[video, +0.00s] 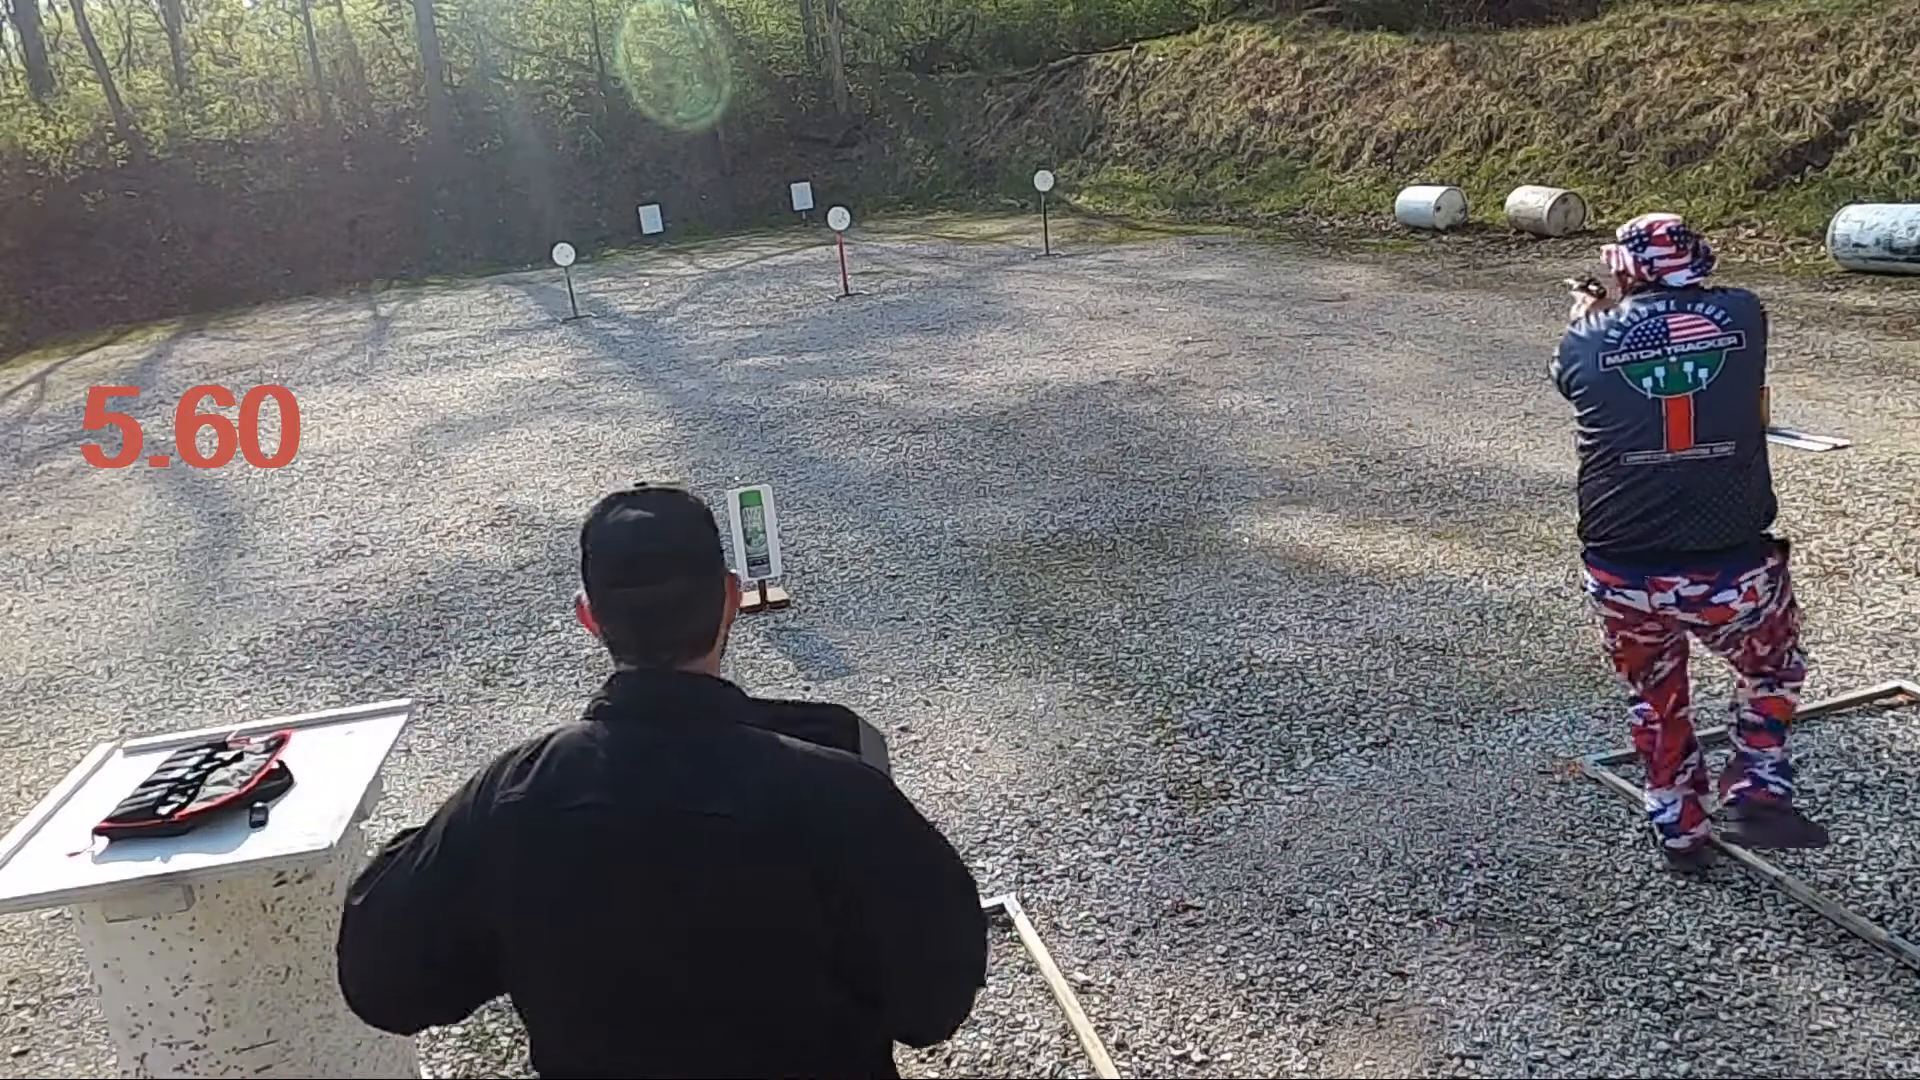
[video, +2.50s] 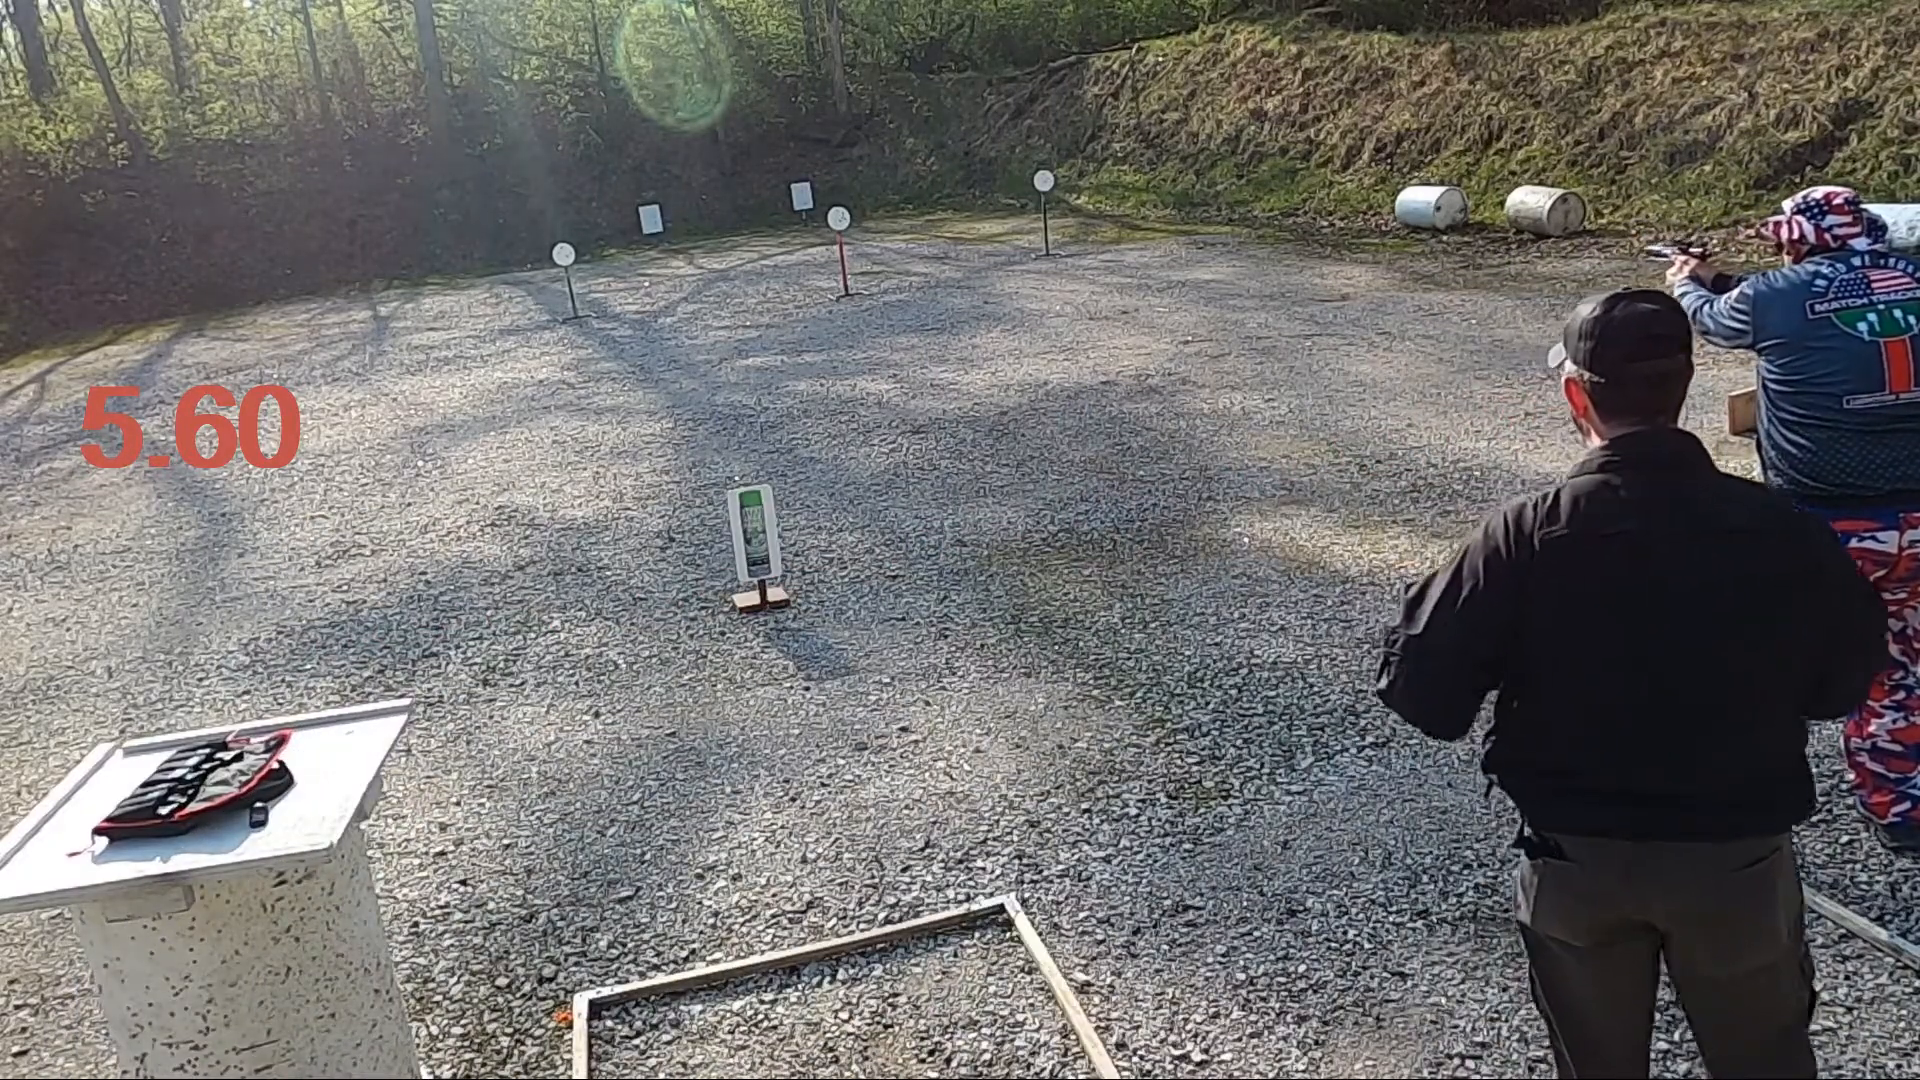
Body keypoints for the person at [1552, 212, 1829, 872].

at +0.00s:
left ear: (1623, 280)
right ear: (1694, 272)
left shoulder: (1585, 344)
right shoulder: (1742, 313)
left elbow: (1569, 368)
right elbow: (1686, 322)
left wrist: (1588, 313)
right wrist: (1637, 289)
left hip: (1623, 574)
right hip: (1731, 572)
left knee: (1656, 699)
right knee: (1772, 669)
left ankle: (1682, 832)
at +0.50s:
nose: (1760, 255)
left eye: (1764, 248)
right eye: (1762, 245)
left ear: (1775, 256)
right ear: (1840, 244)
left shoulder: (1746, 310)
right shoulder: (1889, 293)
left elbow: (1693, 321)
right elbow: (1818, 298)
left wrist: (1689, 277)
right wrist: (1745, 277)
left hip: (1796, 541)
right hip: (1903, 536)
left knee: (1712, 648)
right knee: (1891, 676)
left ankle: (1716, 811)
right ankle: (1901, 811)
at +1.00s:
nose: (1789, 245)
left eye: (1791, 236)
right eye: (1786, 235)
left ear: (1804, 244)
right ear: (1868, 234)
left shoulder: (1771, 298)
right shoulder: (1910, 286)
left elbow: (1712, 317)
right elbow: (1867, 270)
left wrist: (1710, 277)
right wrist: (1807, 250)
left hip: (1811, 531)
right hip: (1911, 529)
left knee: (1731, 649)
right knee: (1897, 675)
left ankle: (1720, 812)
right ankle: (1903, 811)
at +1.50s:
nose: (1793, 251)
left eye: (1796, 242)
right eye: (1791, 241)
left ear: (1805, 245)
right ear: (1871, 232)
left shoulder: (1772, 297)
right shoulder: (1909, 282)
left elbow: (1716, 312)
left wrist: (1714, 273)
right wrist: (1809, 255)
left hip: (1812, 528)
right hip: (1910, 529)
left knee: (1745, 657)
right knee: (1896, 676)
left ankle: (1725, 812)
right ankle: (1900, 809)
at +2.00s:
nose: (1787, 252)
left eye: (1791, 243)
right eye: (1787, 244)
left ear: (1806, 244)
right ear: (1869, 234)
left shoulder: (1778, 294)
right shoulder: (1909, 283)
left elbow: (1715, 313)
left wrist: (1697, 278)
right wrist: (1741, 276)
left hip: (1819, 532)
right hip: (1911, 528)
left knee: (1767, 651)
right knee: (1896, 677)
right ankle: (1902, 813)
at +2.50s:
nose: (1784, 253)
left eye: (1787, 244)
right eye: (1783, 246)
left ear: (1802, 243)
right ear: (1863, 232)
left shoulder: (1775, 294)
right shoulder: (1908, 281)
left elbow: (1710, 317)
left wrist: (1682, 278)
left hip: (1820, 530)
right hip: (1912, 521)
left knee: (1797, 663)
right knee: (1901, 668)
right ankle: (1900, 807)